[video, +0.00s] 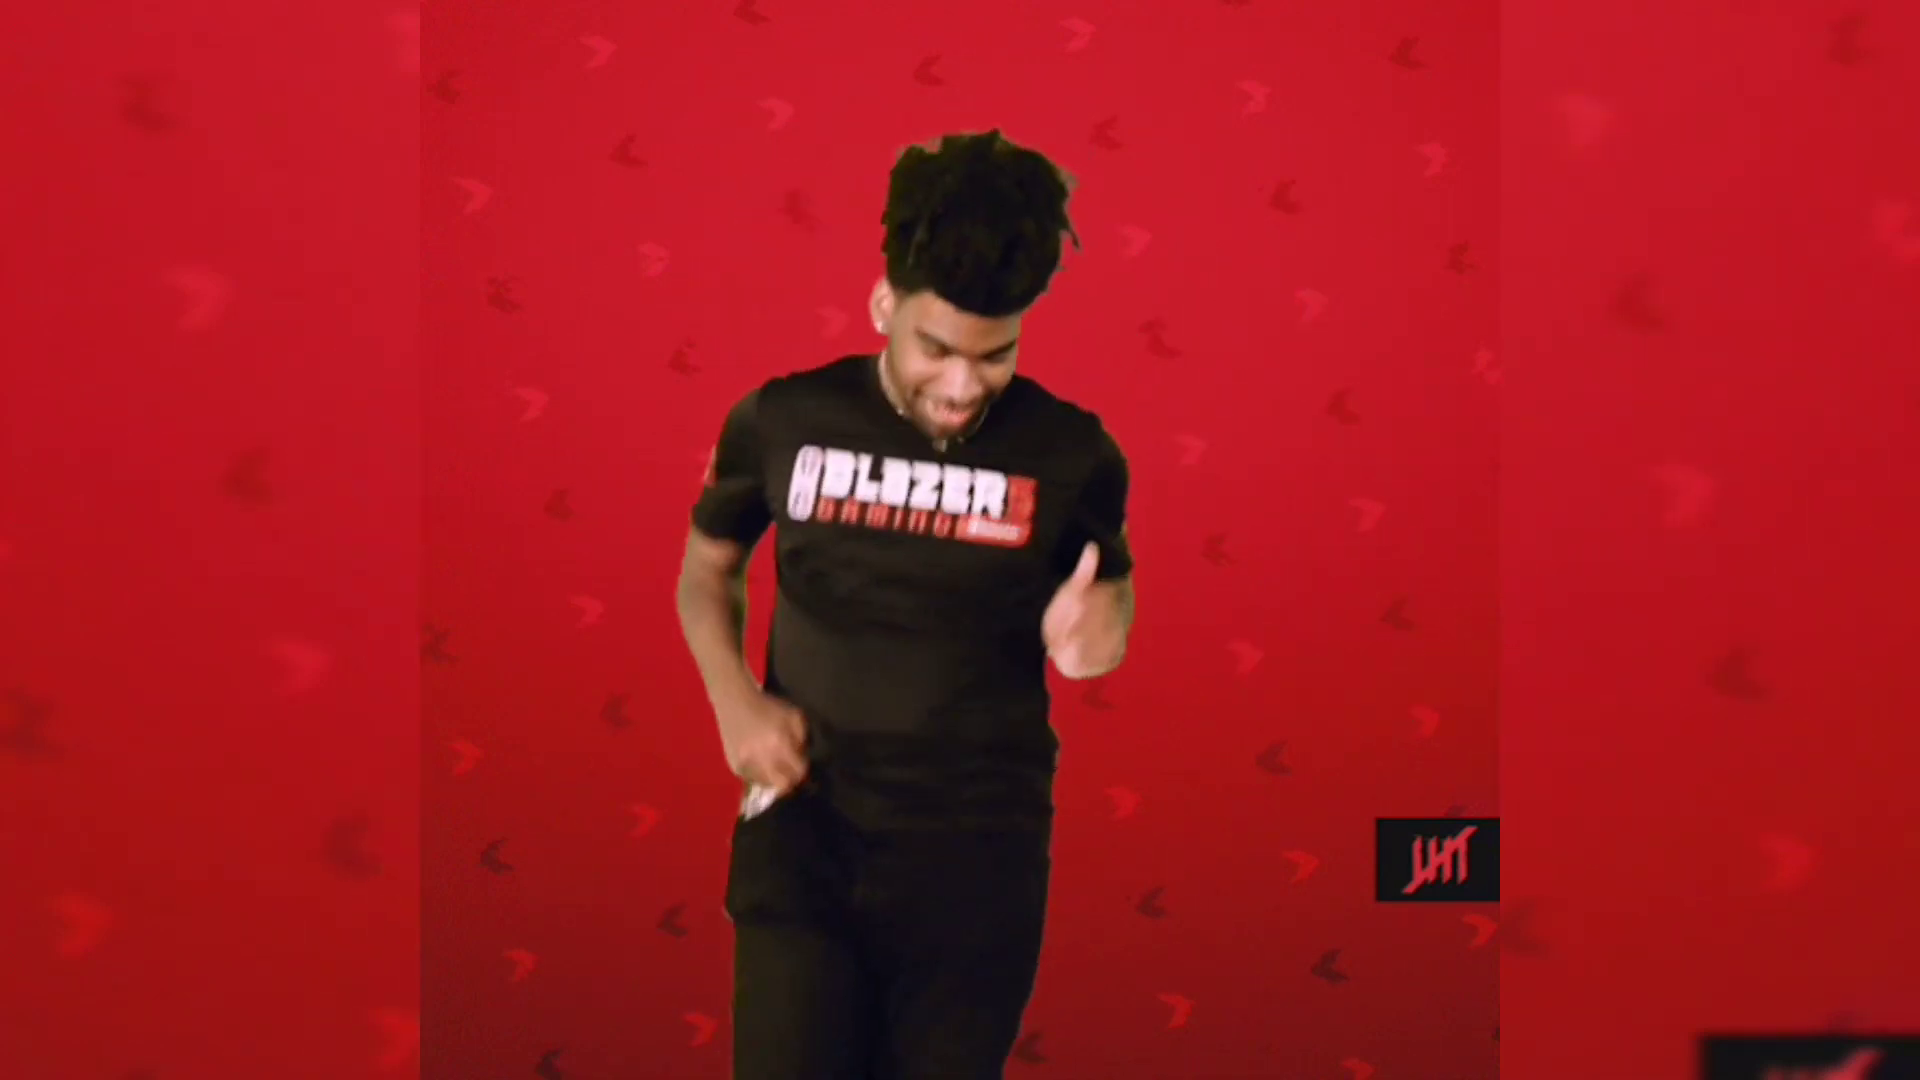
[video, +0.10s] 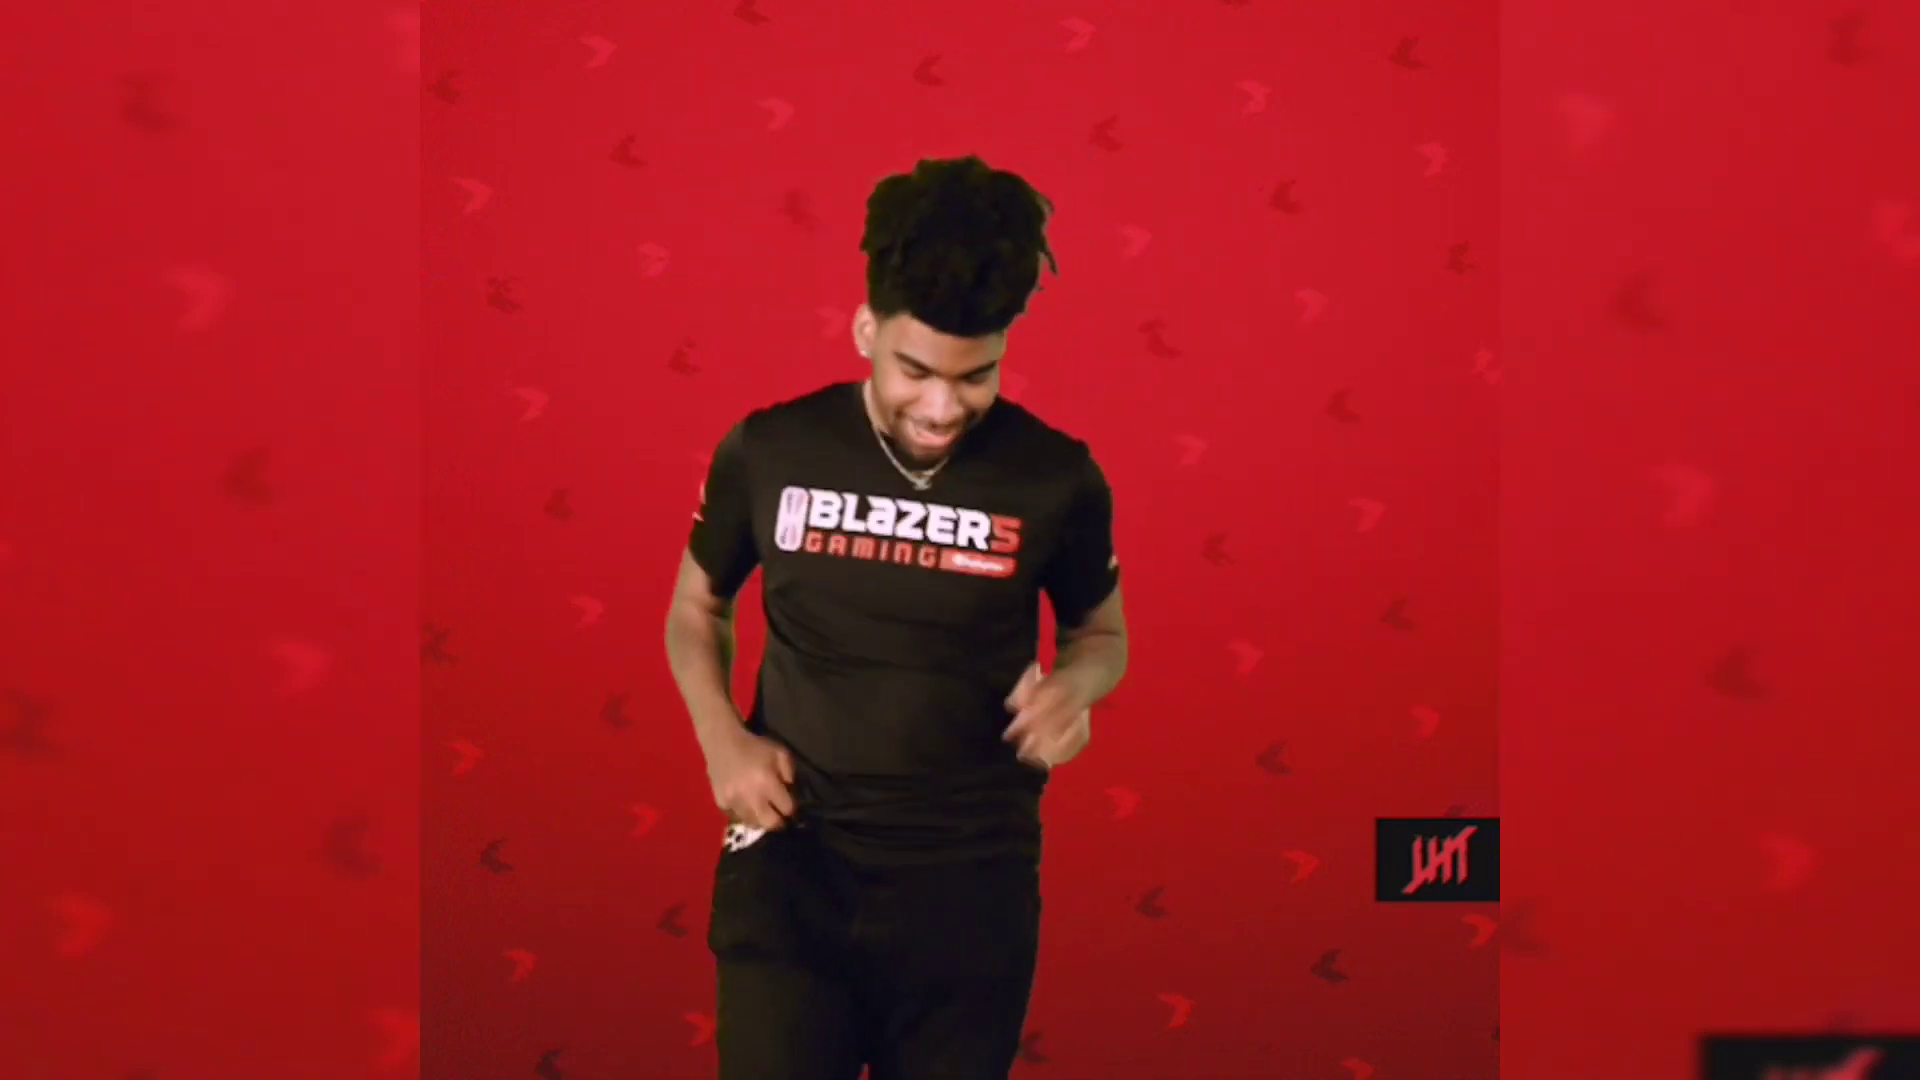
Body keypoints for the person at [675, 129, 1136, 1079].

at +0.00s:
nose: (962, 383)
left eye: (993, 354)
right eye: (936, 346)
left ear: (1027, 318)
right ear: (883, 304)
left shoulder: (1073, 456)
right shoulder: (781, 425)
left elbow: (1106, 592)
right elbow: (707, 572)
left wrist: (1089, 640)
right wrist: (735, 700)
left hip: (978, 853)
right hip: (806, 843)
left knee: (950, 1059)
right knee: (787, 1061)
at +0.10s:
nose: (943, 405)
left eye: (975, 375)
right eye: (915, 369)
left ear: (1008, 340)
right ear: (864, 330)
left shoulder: (1056, 481)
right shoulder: (767, 453)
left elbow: (1098, 630)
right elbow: (697, 606)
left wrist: (1072, 690)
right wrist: (722, 741)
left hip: (970, 879)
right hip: (794, 870)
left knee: (957, 1061)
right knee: (771, 1061)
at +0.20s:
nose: (922, 372)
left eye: (953, 343)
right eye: (894, 337)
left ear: (992, 301)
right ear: (846, 291)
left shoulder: (1047, 439)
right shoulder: (752, 419)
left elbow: (1083, 589)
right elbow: (684, 570)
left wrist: (1046, 682)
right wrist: (718, 690)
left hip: (962, 847)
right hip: (785, 843)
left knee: (944, 1063)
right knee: (781, 1062)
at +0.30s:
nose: (885, 368)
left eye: (917, 337)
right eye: (855, 334)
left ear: (956, 295)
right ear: (811, 290)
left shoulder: (1029, 424)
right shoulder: (730, 423)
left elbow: (1061, 575)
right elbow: (648, 558)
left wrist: (1031, 695)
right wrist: (711, 680)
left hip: (962, 831)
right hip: (786, 826)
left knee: (946, 1063)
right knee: (799, 1062)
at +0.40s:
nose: (862, 409)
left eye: (893, 376)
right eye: (832, 376)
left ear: (932, 337)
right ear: (789, 339)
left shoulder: (1013, 468)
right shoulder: (717, 491)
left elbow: (1041, 623)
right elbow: (624, 651)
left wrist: (1035, 756)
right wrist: (722, 764)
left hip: (962, 899)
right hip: (792, 904)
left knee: (957, 1064)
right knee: (798, 1065)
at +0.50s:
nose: (850, 390)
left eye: (877, 356)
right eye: (818, 358)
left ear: (922, 318)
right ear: (779, 324)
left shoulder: (1008, 438)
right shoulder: (720, 483)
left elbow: (1028, 582)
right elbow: (605, 643)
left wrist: (1037, 703)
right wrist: (740, 757)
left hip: (981, 873)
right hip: (810, 883)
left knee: (986, 1062)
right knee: (805, 1063)